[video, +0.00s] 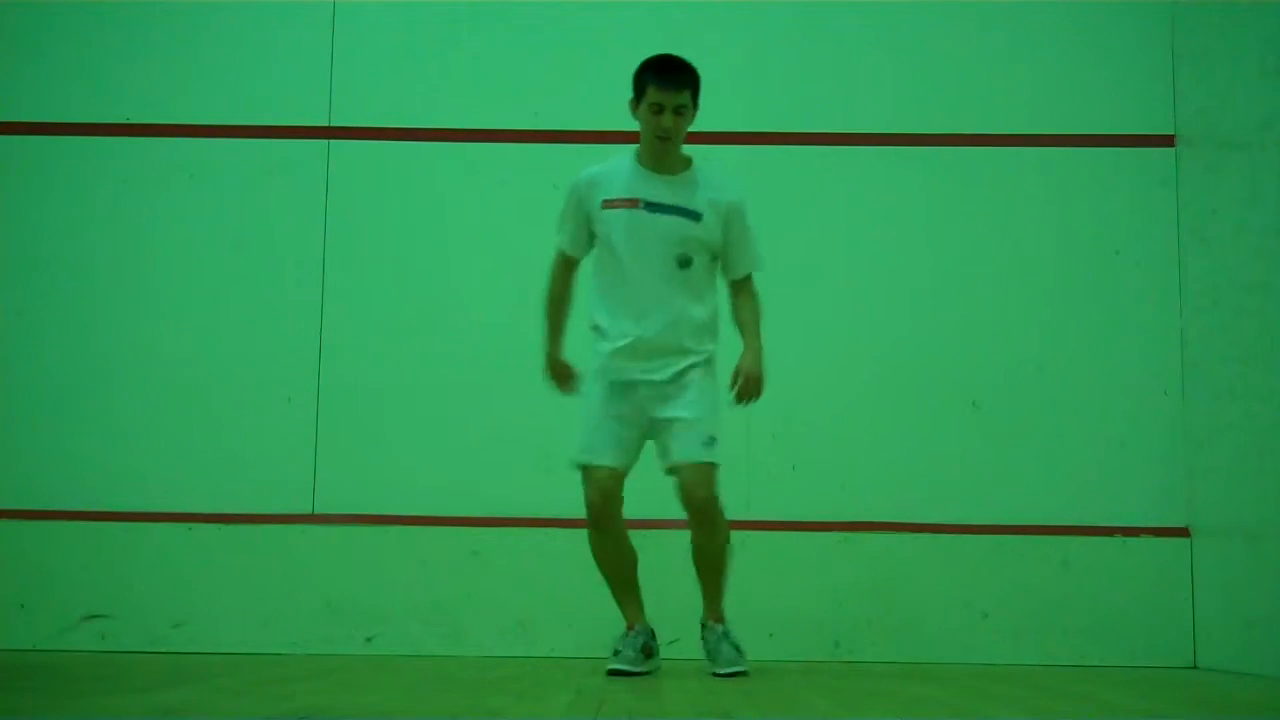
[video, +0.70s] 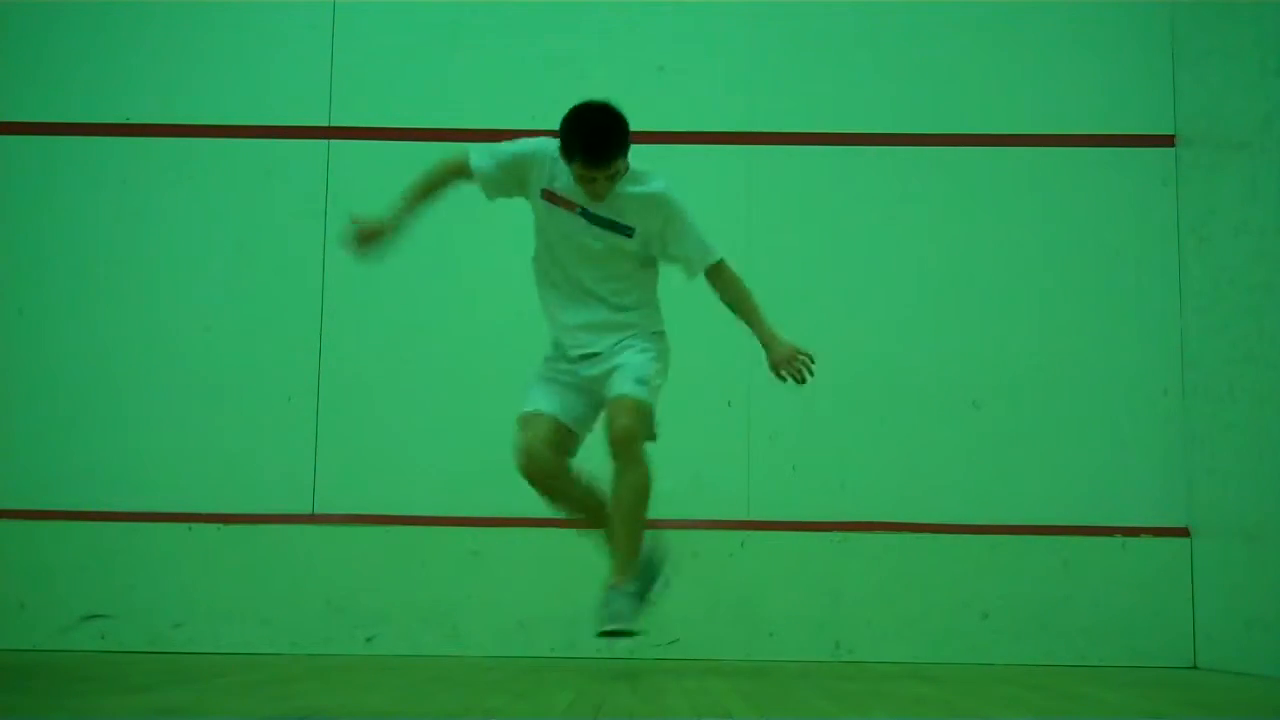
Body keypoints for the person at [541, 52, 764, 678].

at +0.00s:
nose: (665, 121)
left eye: (678, 110)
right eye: (656, 108)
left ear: (692, 116)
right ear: (635, 110)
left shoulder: (720, 198)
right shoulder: (594, 186)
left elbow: (742, 284)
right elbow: (564, 267)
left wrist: (753, 351)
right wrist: (554, 349)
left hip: (689, 372)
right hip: (613, 372)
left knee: (700, 495)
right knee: (599, 497)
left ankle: (716, 625)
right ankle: (636, 629)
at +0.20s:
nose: (646, 115)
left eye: (658, 103)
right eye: (635, 101)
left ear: (671, 101)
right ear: (611, 93)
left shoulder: (690, 176)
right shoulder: (567, 151)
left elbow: (726, 250)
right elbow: (508, 205)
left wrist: (742, 316)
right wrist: (485, 290)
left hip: (652, 333)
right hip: (585, 336)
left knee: (625, 440)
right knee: (584, 479)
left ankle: (630, 600)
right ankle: (632, 606)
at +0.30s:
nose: (636, 127)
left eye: (647, 115)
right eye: (625, 113)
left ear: (658, 112)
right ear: (598, 104)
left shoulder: (672, 182)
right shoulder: (553, 151)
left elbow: (718, 262)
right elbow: (478, 188)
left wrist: (727, 332)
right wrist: (440, 269)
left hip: (640, 344)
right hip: (573, 346)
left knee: (605, 459)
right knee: (544, 465)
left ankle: (578, 621)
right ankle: (640, 576)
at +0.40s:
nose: (623, 169)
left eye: (634, 158)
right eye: (612, 154)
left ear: (645, 152)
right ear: (585, 141)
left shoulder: (653, 229)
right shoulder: (544, 184)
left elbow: (696, 305)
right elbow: (455, 198)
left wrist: (710, 397)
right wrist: (381, 253)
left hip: (625, 382)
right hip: (561, 381)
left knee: (562, 484)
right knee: (519, 494)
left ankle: (567, 638)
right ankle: (635, 593)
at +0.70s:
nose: (598, 185)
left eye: (608, 175)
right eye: (587, 176)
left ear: (626, 158)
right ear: (567, 157)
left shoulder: (653, 202)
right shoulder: (537, 163)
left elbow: (715, 270)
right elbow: (453, 167)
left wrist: (772, 340)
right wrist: (390, 222)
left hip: (633, 343)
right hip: (569, 349)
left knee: (625, 432)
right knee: (536, 460)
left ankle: (622, 585)